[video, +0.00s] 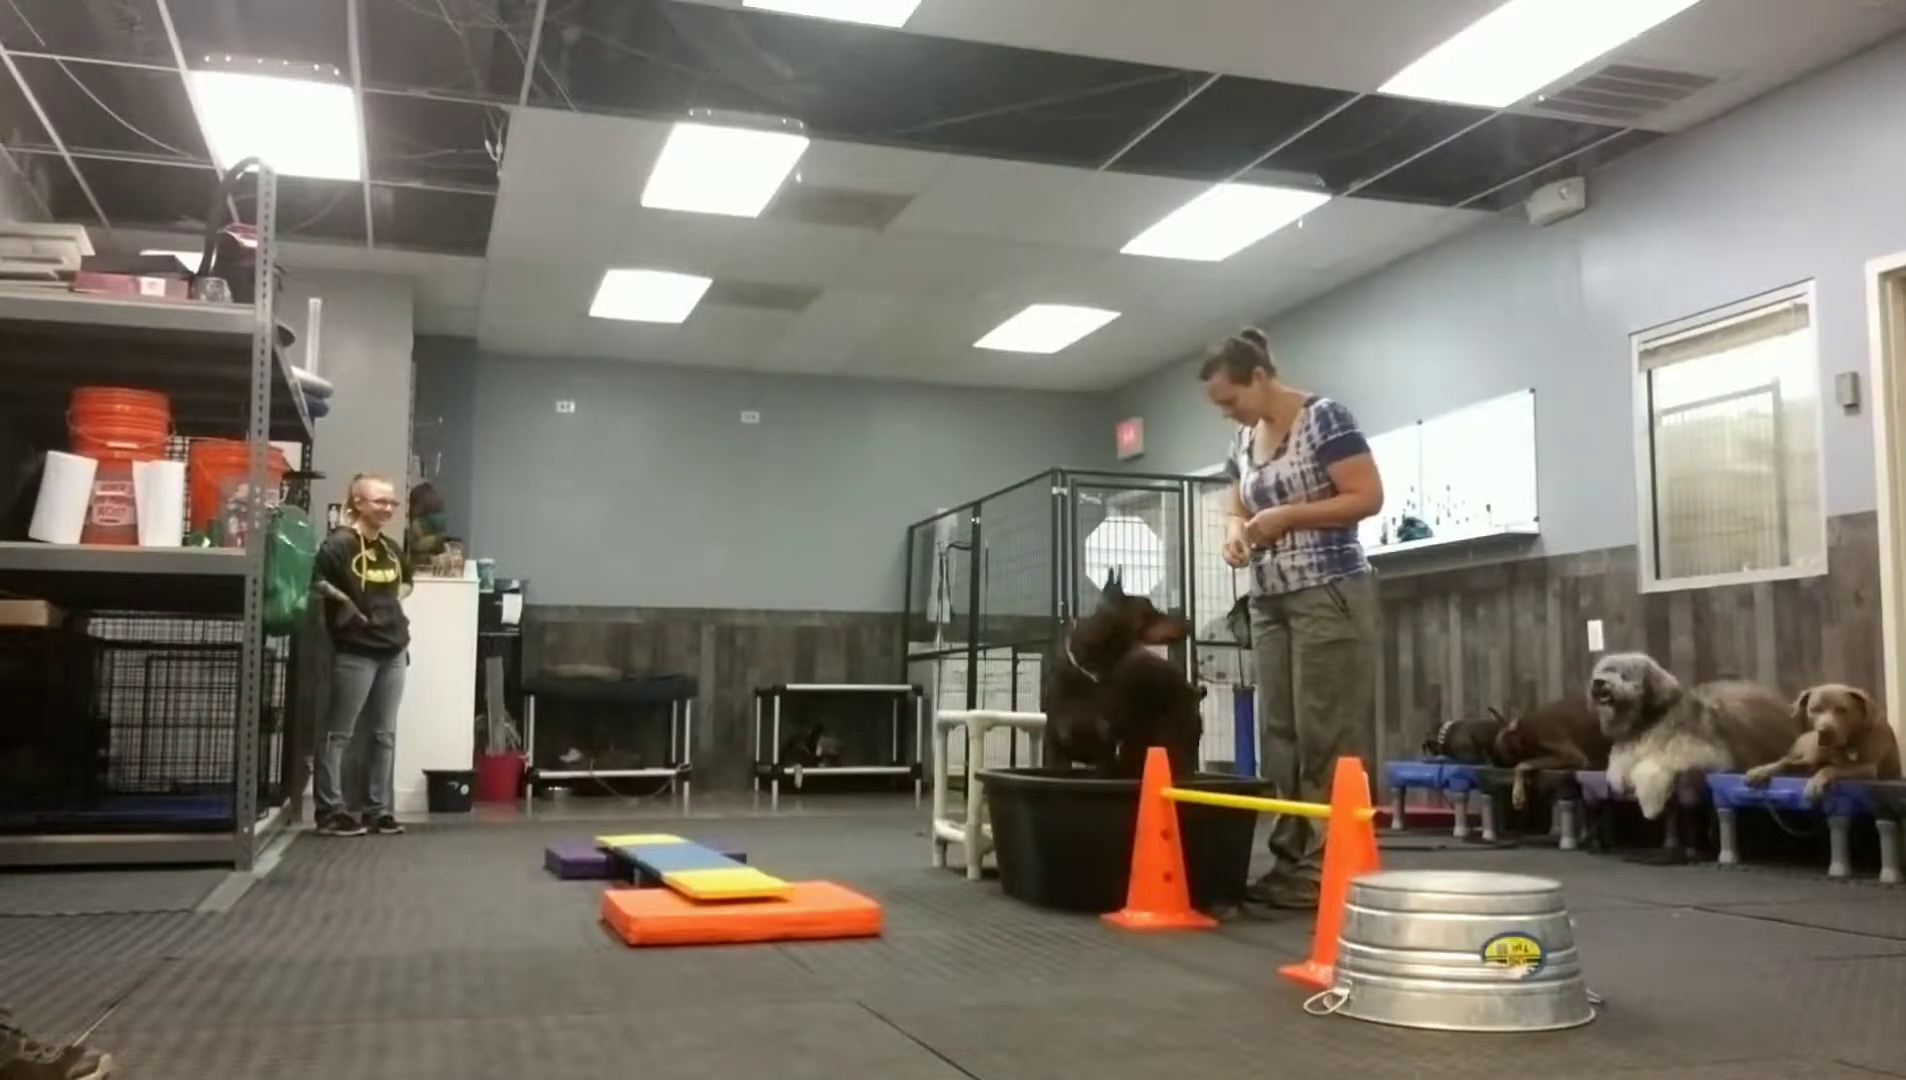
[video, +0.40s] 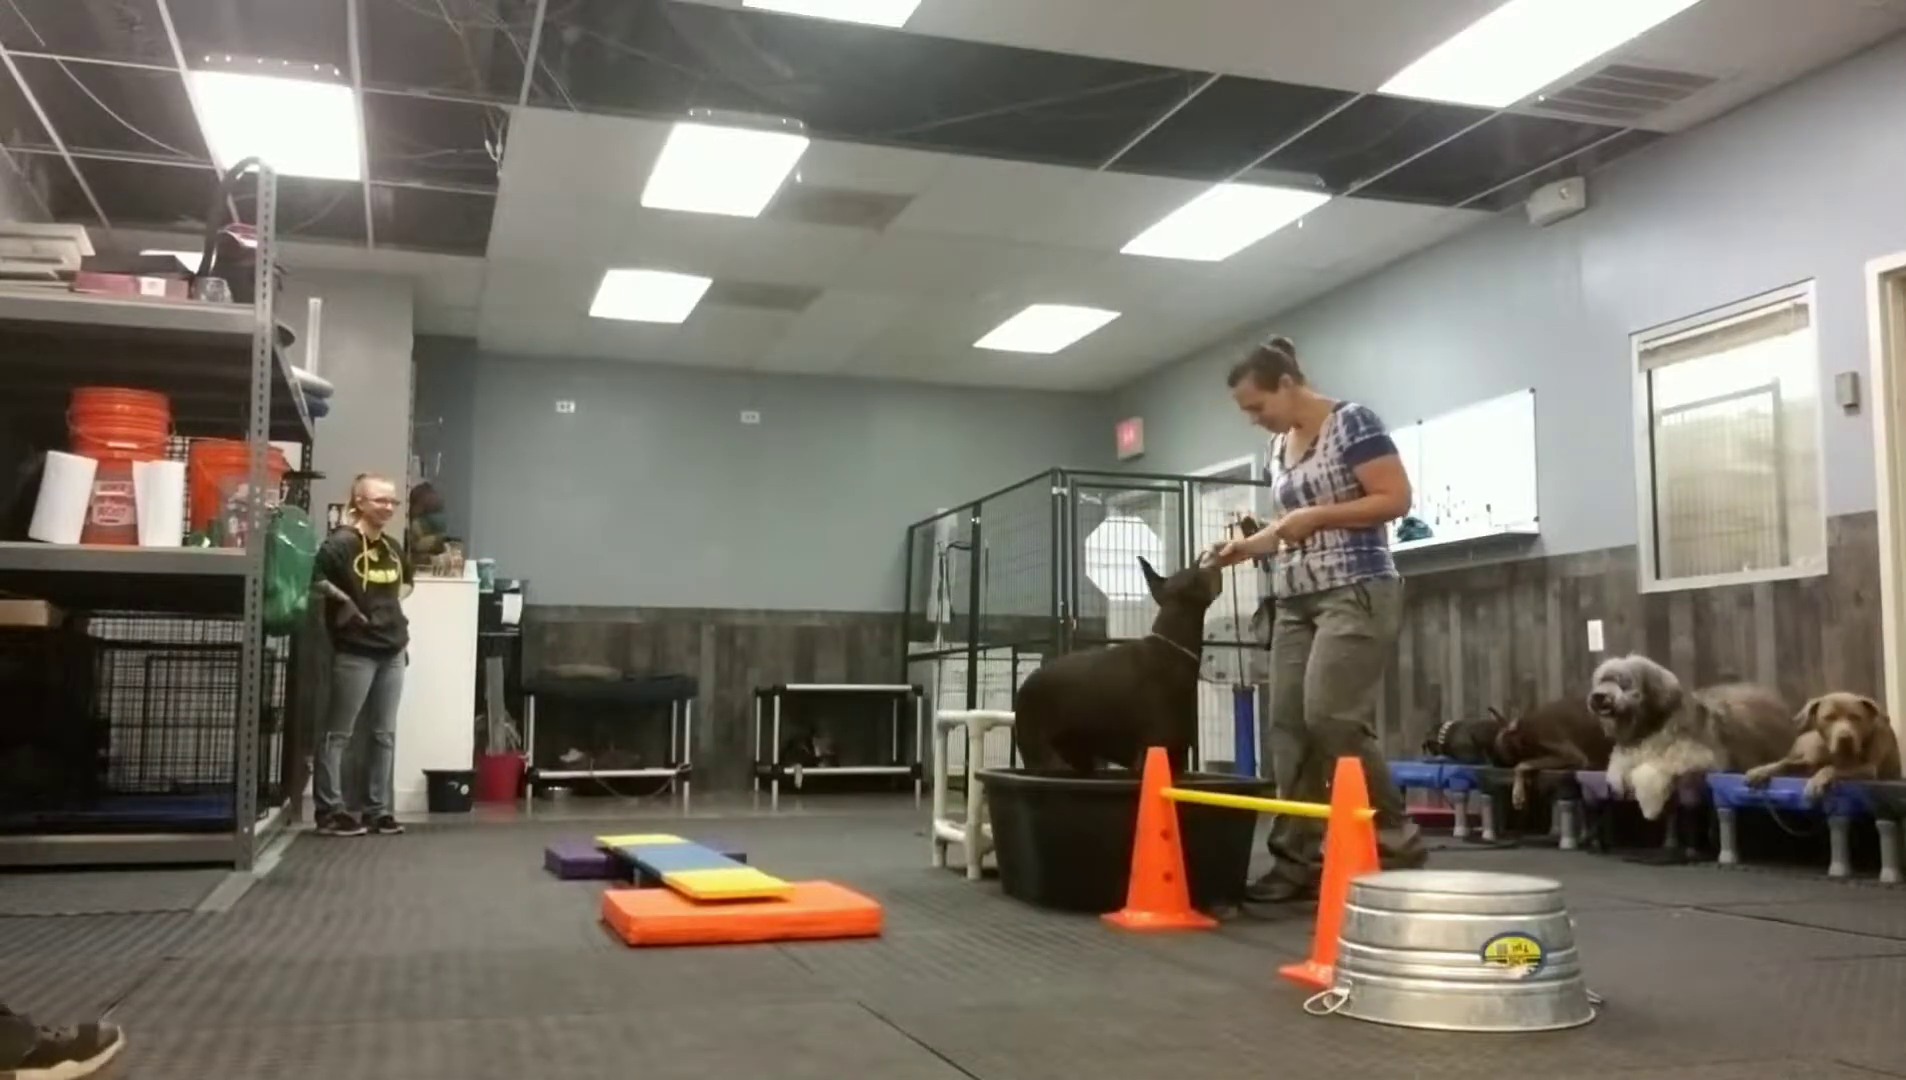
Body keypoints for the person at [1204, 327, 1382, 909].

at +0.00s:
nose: (1228, 413)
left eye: (1230, 400)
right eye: (1221, 405)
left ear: (1260, 378)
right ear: (1240, 391)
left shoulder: (1323, 417)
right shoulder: (1247, 445)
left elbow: (1367, 498)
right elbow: (1240, 512)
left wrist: (1286, 517)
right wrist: (1237, 531)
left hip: (1329, 595)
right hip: (1272, 601)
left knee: (1327, 731)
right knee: (1281, 731)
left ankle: (1331, 867)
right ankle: (1292, 861)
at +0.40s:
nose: (1254, 419)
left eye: (1257, 406)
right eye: (1248, 411)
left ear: (1288, 385)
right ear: (1273, 394)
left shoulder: (1351, 421)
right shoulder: (1279, 452)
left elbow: (1395, 498)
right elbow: (1294, 527)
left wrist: (1316, 516)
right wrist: (1245, 548)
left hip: (1357, 595)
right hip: (1296, 603)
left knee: (1330, 717)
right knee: (1287, 728)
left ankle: (1396, 839)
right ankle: (1296, 864)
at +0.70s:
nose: (1394, 411)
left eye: (1395, 397)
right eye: (1388, 401)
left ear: (1428, 379)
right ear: (1424, 386)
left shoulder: (1482, 423)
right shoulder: (1437, 445)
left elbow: (1512, 500)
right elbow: (1464, 516)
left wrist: (1429, 522)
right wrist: (1418, 526)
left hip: (1481, 595)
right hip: (1440, 600)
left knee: (1463, 728)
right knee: (1420, 718)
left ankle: (1469, 862)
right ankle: (1521, 819)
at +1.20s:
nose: (1572, 401)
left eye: (1576, 387)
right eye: (1568, 390)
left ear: (1613, 375)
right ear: (1606, 381)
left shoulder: (1671, 424)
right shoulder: (1611, 450)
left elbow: (1703, 503)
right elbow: (1634, 526)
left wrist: (1616, 520)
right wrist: (1594, 537)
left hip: (1666, 601)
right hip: (1612, 606)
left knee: (1683, 733)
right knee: (1623, 737)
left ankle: (1741, 874)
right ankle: (1641, 865)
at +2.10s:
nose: (1626, 409)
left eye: (1624, 395)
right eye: (1620, 400)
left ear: (1652, 375)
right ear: (1651, 380)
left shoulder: (1722, 410)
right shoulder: (1670, 438)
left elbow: (1757, 494)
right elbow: (1694, 517)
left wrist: (1668, 514)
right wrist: (1657, 531)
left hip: (1723, 597)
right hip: (1674, 601)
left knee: (1729, 741)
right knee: (1685, 742)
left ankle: (1745, 877)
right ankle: (1694, 866)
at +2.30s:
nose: (1626, 408)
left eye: (1624, 395)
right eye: (1620, 399)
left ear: (1652, 374)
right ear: (1652, 379)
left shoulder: (1724, 412)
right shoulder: (1670, 439)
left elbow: (1760, 494)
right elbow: (1691, 521)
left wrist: (1671, 514)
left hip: (1725, 598)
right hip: (1675, 603)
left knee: (1730, 741)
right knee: (1685, 742)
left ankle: (1745, 877)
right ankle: (1694, 865)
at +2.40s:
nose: (1627, 408)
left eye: (1625, 395)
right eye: (1621, 399)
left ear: (1653, 374)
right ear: (1652, 379)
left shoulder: (1725, 412)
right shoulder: (1672, 438)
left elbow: (1762, 495)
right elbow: (1697, 516)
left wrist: (1674, 515)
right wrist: (1661, 531)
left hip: (1729, 597)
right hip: (1678, 601)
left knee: (1732, 740)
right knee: (1687, 742)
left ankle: (1745, 877)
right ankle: (1695, 866)